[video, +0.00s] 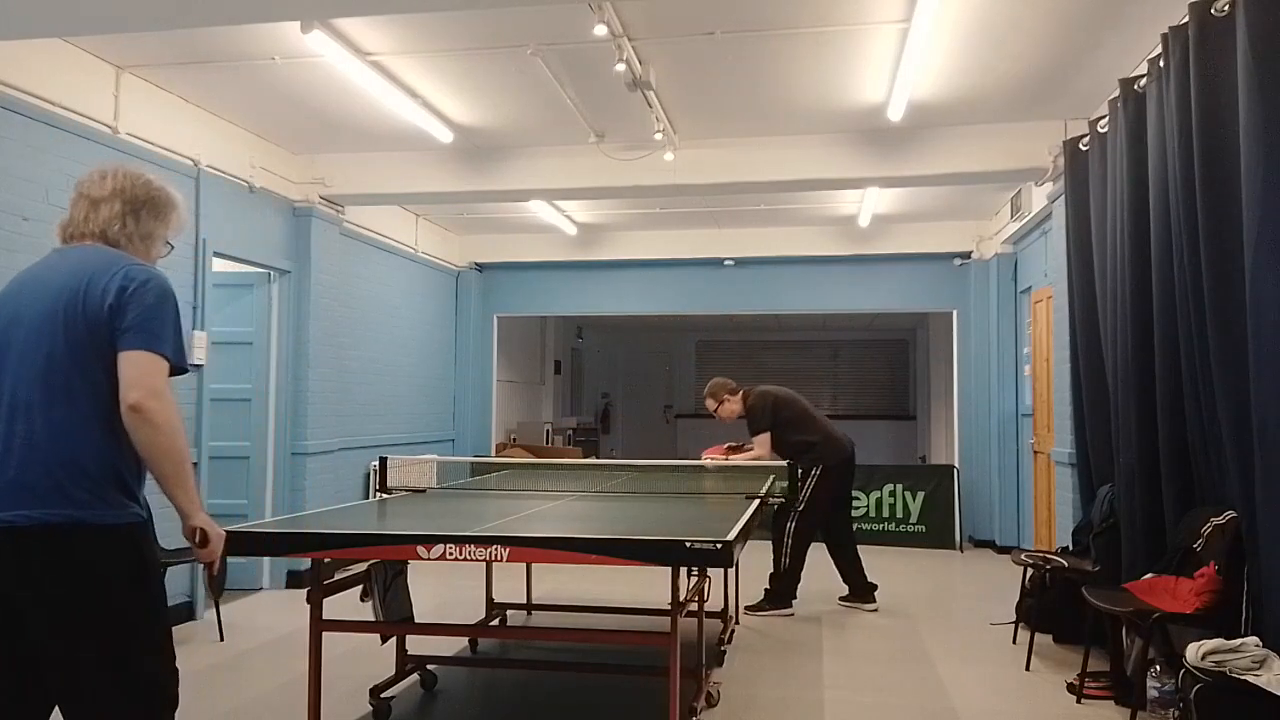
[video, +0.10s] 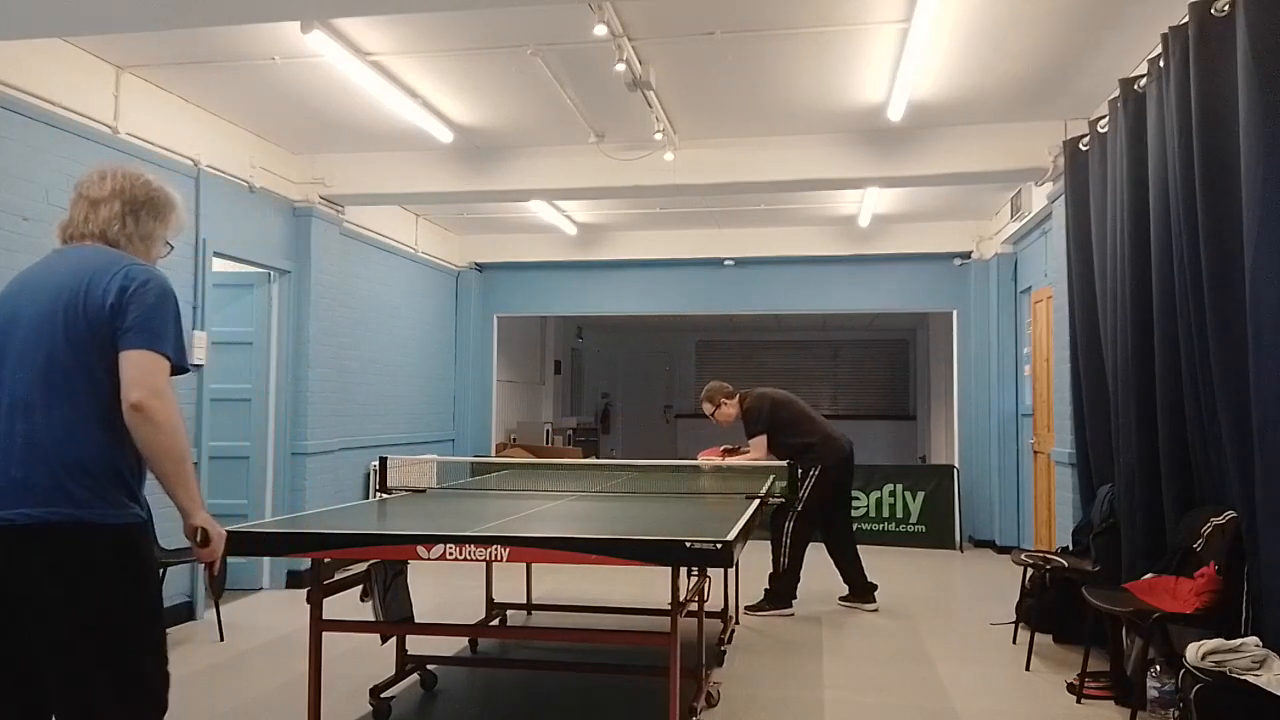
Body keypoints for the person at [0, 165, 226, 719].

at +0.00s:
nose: (163, 257)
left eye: (167, 247)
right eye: (163, 244)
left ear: (82, 219)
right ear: (136, 228)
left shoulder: (16, 286)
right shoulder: (137, 282)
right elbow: (142, 400)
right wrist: (193, 512)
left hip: (7, 540)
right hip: (94, 542)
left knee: (16, 700)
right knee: (133, 703)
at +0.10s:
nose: (164, 257)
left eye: (167, 246)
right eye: (164, 244)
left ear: (83, 219)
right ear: (135, 227)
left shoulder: (18, 285)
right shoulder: (137, 281)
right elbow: (143, 400)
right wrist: (194, 510)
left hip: (8, 536)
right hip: (94, 539)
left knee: (20, 699)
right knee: (123, 702)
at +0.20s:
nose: (169, 259)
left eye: (173, 248)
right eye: (169, 246)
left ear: (87, 221)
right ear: (144, 230)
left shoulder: (21, 286)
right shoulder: (144, 283)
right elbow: (153, 401)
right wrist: (202, 511)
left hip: (9, 533)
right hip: (96, 537)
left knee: (22, 693)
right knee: (117, 698)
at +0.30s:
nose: (176, 257)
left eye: (180, 246)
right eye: (177, 244)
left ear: (96, 220)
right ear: (154, 230)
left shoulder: (24, 291)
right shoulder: (152, 283)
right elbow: (166, 402)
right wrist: (214, 512)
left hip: (10, 534)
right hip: (102, 537)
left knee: (23, 695)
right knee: (119, 699)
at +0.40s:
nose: (185, 256)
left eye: (188, 243)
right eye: (185, 241)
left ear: (105, 222)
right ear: (162, 230)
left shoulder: (35, 291)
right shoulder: (162, 283)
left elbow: (16, 398)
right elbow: (178, 403)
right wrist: (226, 511)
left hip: (13, 533)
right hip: (110, 535)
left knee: (25, 693)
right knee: (126, 698)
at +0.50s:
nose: (195, 257)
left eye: (199, 244)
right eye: (196, 243)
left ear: (116, 221)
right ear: (173, 230)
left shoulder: (45, 291)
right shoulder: (174, 285)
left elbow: (23, 401)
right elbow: (190, 405)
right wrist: (238, 511)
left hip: (18, 534)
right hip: (118, 535)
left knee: (28, 697)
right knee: (131, 699)